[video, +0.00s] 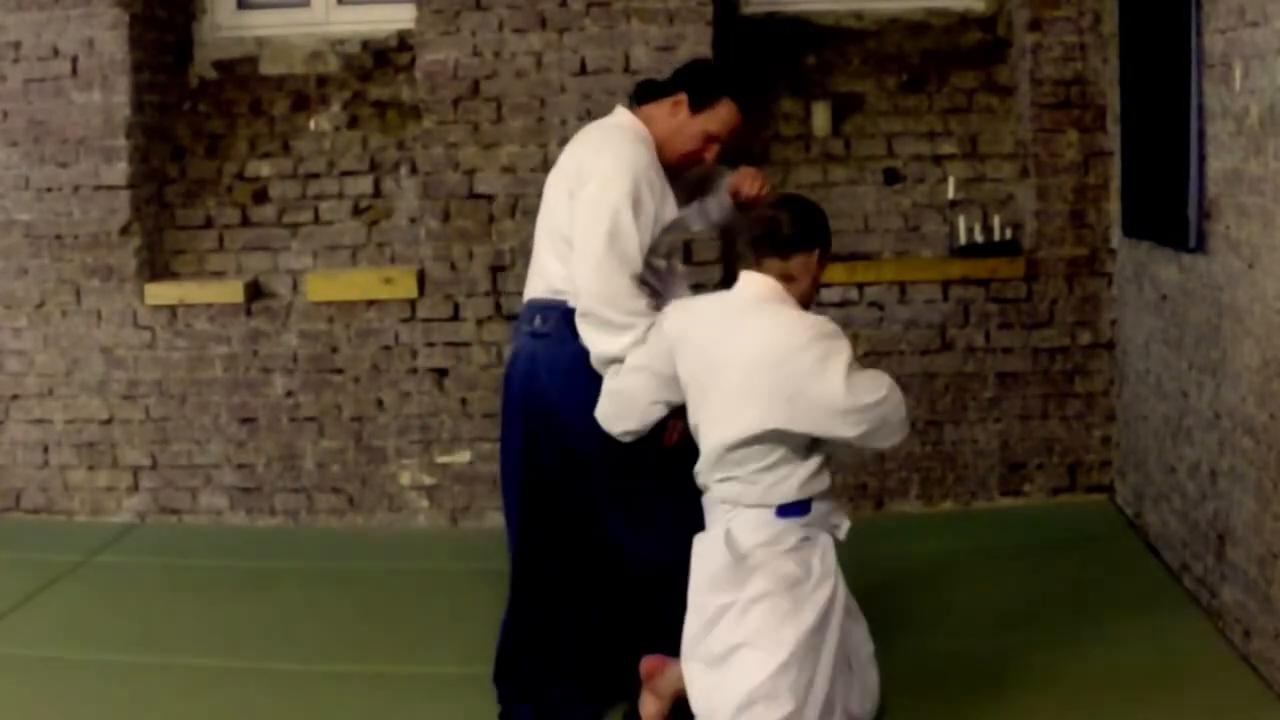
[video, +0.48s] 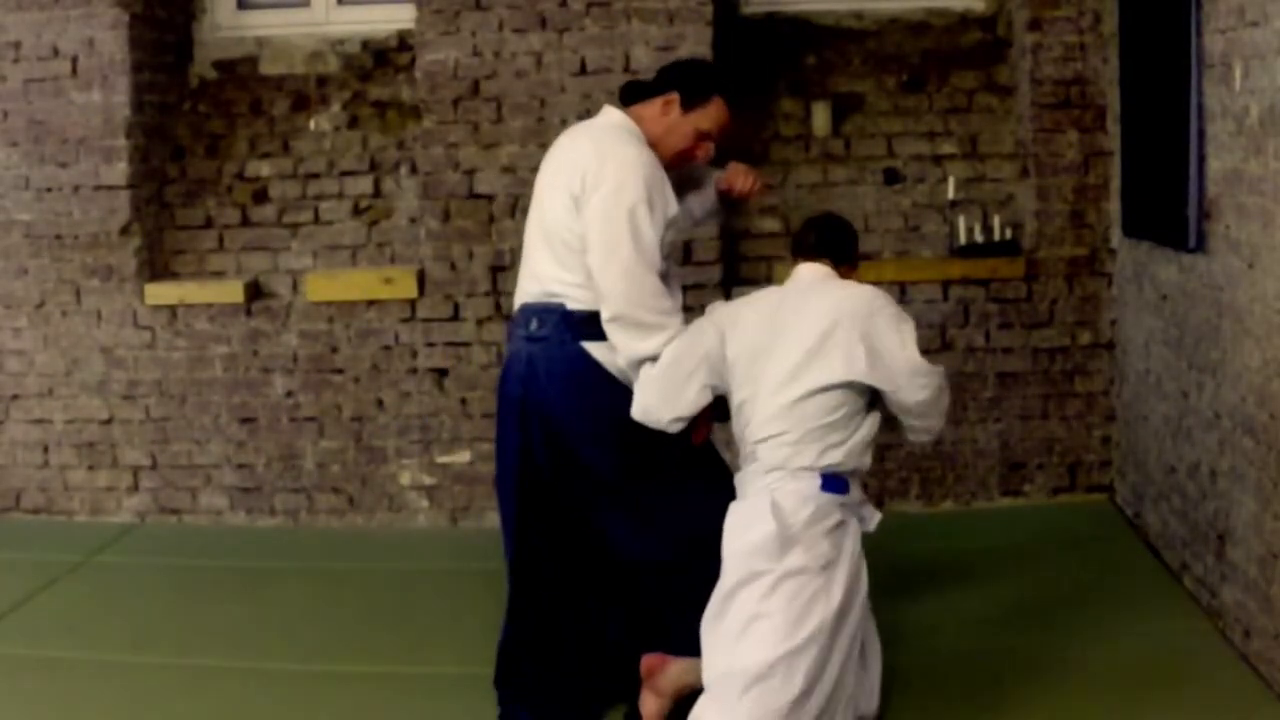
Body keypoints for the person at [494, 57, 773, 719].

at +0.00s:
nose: (708, 158)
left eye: (719, 147)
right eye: (709, 138)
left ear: (670, 107)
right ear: (678, 105)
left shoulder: (612, 145)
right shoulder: (620, 157)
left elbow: (657, 229)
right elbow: (604, 289)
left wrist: (725, 201)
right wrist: (658, 391)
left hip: (558, 352)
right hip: (579, 360)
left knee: (564, 540)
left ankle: (548, 694)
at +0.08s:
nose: (706, 157)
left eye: (716, 146)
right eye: (706, 138)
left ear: (667, 107)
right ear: (675, 105)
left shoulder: (604, 144)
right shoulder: (620, 159)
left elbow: (657, 228)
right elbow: (606, 293)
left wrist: (723, 200)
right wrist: (661, 392)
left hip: (550, 352)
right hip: (581, 360)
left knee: (560, 539)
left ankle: (545, 693)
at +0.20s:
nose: (704, 157)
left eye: (714, 146)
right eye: (704, 137)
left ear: (664, 108)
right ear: (672, 106)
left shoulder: (595, 143)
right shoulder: (621, 159)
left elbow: (655, 227)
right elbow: (614, 296)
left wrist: (720, 199)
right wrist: (669, 388)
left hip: (539, 353)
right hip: (580, 359)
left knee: (556, 544)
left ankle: (544, 694)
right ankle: (663, 675)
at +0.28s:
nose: (703, 157)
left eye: (713, 146)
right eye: (703, 137)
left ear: (660, 107)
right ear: (670, 106)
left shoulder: (589, 141)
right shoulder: (622, 161)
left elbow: (648, 225)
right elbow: (621, 301)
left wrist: (717, 197)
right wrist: (679, 384)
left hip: (536, 355)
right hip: (582, 360)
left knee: (554, 547)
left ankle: (543, 695)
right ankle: (668, 674)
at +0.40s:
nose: (702, 156)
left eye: (712, 145)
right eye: (702, 137)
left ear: (658, 107)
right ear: (668, 106)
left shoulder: (583, 141)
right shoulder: (622, 159)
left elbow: (645, 229)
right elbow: (629, 297)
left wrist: (716, 196)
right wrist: (688, 392)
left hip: (534, 356)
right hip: (585, 358)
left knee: (553, 547)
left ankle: (543, 695)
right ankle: (671, 674)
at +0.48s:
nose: (702, 156)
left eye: (712, 144)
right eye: (702, 136)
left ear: (657, 107)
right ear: (668, 107)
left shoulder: (580, 142)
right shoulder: (623, 159)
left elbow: (645, 227)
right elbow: (631, 298)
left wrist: (715, 193)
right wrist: (689, 393)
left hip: (533, 356)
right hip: (586, 358)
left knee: (552, 547)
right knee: (690, 510)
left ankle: (543, 695)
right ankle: (672, 670)